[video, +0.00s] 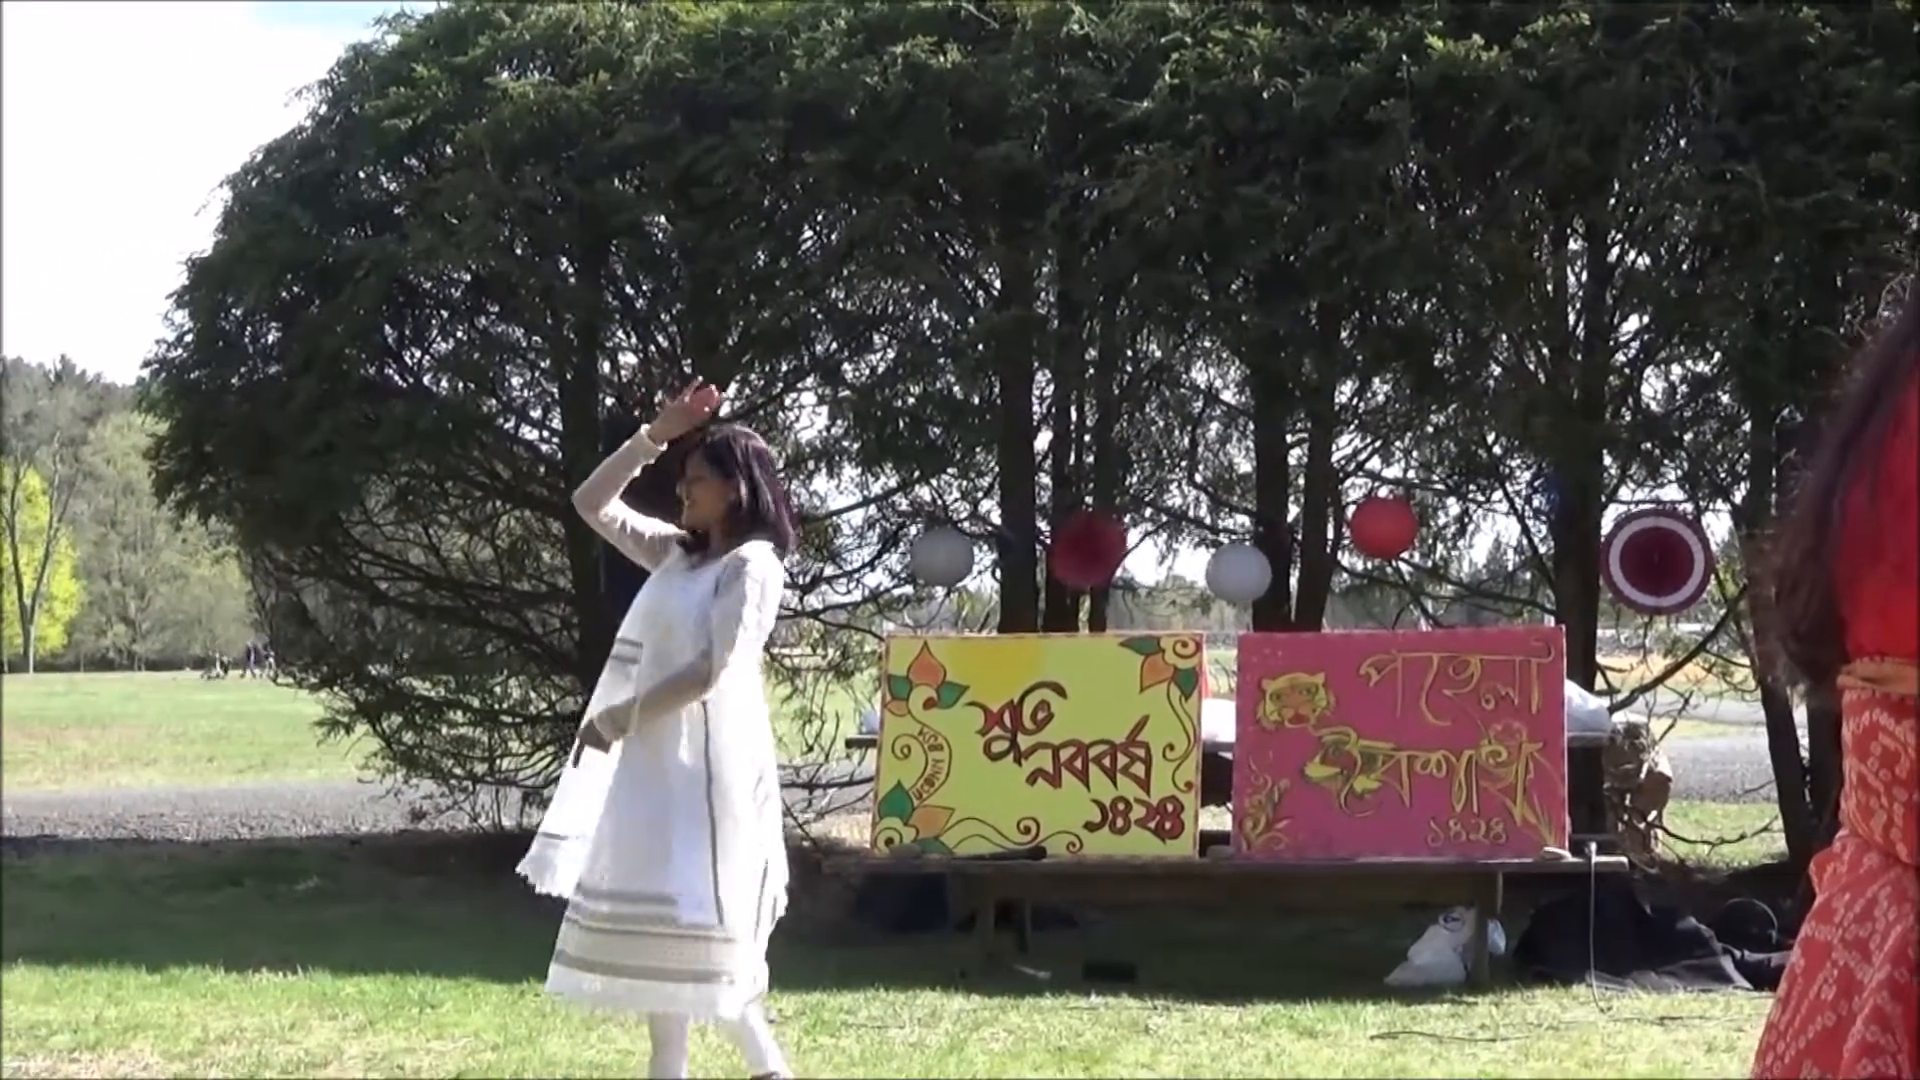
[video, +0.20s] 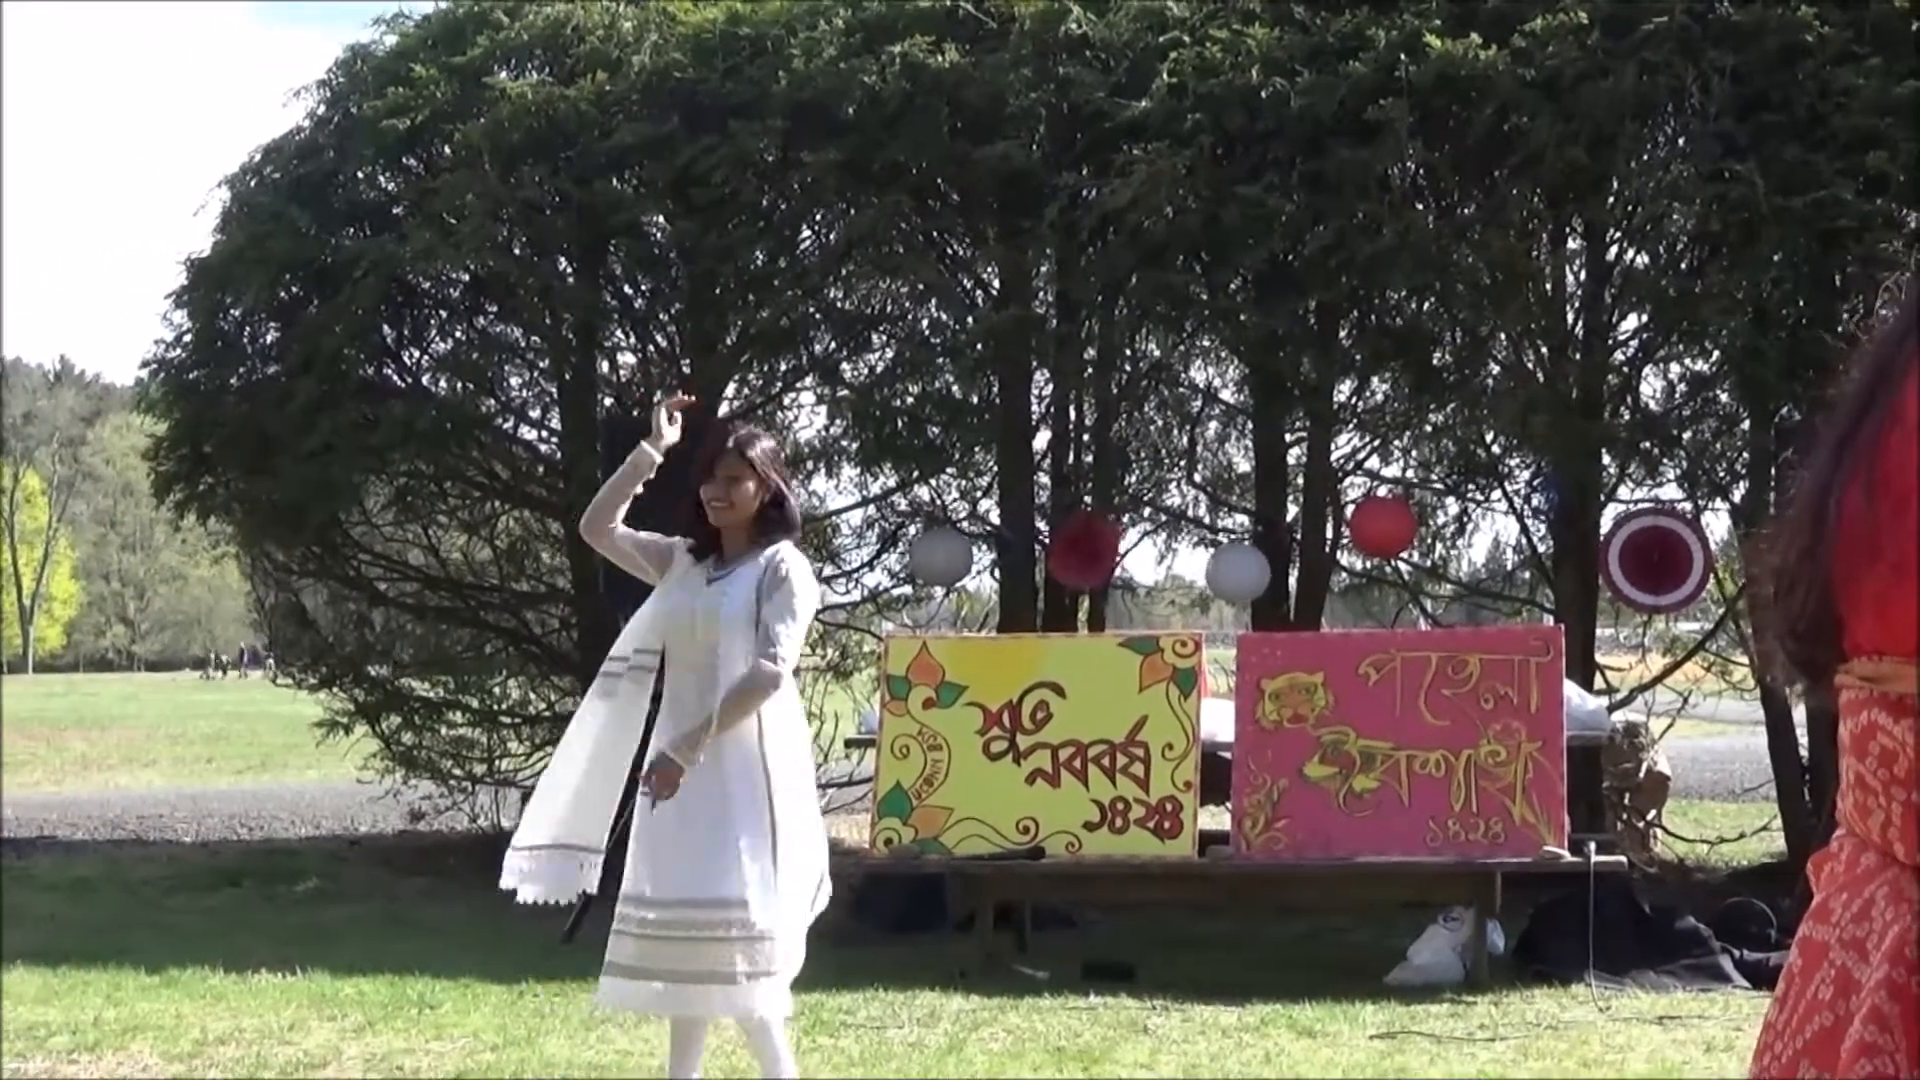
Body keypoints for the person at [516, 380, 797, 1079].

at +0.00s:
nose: (684, 491)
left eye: (697, 478)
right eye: (683, 480)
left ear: (738, 485)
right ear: (686, 487)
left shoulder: (753, 563)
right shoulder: (676, 553)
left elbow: (715, 670)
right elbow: (592, 501)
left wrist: (621, 715)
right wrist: (658, 430)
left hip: (707, 776)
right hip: (652, 772)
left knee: (703, 937)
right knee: (661, 932)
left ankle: (771, 1067)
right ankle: (667, 1069)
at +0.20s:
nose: (717, 489)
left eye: (734, 477)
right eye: (708, 475)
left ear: (767, 488)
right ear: (698, 484)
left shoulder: (782, 567)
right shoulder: (682, 560)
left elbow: (772, 672)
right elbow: (597, 528)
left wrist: (687, 747)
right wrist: (654, 447)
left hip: (744, 777)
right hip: (676, 771)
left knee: (735, 946)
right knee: (679, 937)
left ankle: (781, 1070)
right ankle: (682, 1072)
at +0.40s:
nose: (745, 491)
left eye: (759, 478)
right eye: (732, 479)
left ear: (785, 489)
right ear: (716, 490)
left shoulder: (805, 566)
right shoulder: (693, 568)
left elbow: (816, 668)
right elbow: (600, 551)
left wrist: (797, 755)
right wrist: (620, 456)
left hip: (774, 769)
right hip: (709, 769)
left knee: (726, 920)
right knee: (745, 928)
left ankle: (695, 1070)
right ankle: (784, 1070)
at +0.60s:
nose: (759, 490)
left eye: (771, 477)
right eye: (746, 478)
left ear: (793, 485)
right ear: (726, 488)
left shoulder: (817, 560)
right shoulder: (694, 563)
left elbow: (857, 661)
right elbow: (591, 561)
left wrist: (893, 740)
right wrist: (573, 465)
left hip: (790, 763)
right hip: (713, 760)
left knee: (751, 911)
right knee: (757, 917)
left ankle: (727, 1068)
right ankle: (787, 1069)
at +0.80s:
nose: (769, 482)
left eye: (779, 471)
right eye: (754, 472)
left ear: (797, 481)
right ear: (728, 484)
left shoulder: (821, 554)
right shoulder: (694, 558)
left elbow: (894, 634)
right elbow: (588, 559)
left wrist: (968, 690)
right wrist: (527, 487)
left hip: (799, 766)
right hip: (719, 765)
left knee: (757, 917)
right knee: (772, 928)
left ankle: (734, 1069)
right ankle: (788, 1068)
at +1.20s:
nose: (760, 487)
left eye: (771, 475)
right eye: (746, 475)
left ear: (790, 486)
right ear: (720, 486)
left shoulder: (812, 563)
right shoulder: (682, 565)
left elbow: (901, 624)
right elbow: (589, 606)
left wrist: (991, 675)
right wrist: (542, 577)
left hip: (786, 761)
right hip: (705, 761)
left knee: (776, 912)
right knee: (737, 913)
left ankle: (771, 1067)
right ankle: (778, 1063)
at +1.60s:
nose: (737, 506)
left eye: (751, 494)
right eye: (725, 493)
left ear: (771, 505)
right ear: (704, 501)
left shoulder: (788, 579)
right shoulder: (668, 596)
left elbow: (880, 653)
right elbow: (601, 681)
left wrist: (981, 716)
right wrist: (603, 660)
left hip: (761, 788)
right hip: (680, 784)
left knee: (752, 945)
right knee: (637, 910)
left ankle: (761, 1071)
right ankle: (697, 1070)